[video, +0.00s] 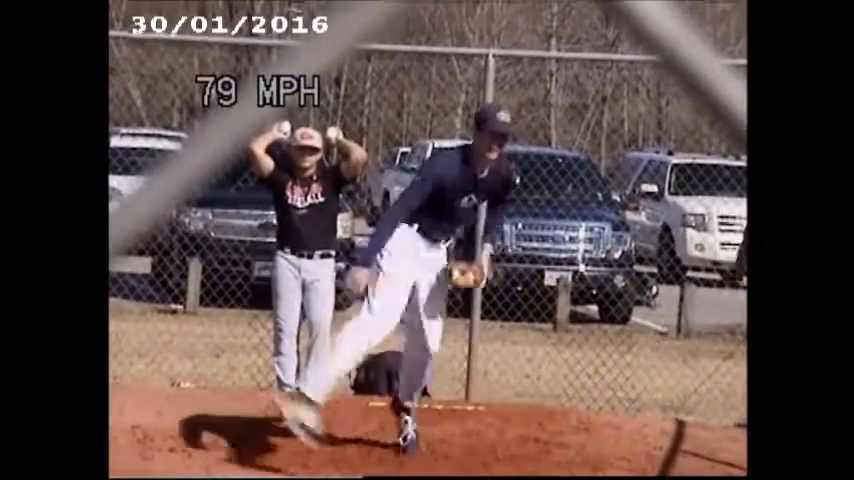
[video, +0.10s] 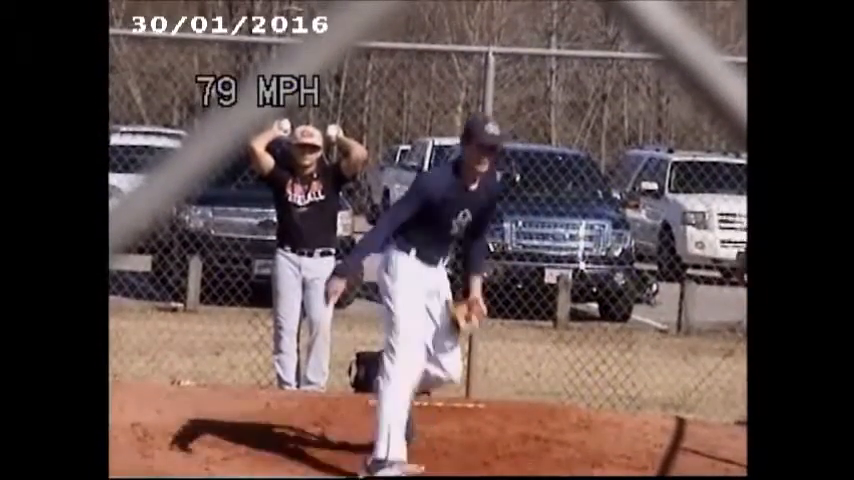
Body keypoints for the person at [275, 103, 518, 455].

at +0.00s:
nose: (497, 144)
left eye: (503, 139)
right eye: (492, 136)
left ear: (507, 141)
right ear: (477, 132)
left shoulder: (504, 175)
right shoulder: (445, 164)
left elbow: (495, 213)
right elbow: (398, 211)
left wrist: (484, 251)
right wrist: (365, 262)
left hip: (439, 249)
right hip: (404, 238)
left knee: (428, 339)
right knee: (380, 319)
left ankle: (406, 405)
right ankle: (309, 395)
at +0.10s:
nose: (486, 157)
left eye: (492, 151)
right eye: (480, 149)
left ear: (497, 154)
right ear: (464, 146)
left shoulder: (491, 187)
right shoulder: (433, 183)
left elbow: (477, 237)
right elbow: (386, 225)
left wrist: (475, 290)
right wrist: (345, 271)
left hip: (438, 269)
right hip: (404, 262)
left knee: (446, 369)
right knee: (404, 358)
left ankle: (379, 372)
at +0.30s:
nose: (478, 135)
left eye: (484, 128)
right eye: (473, 127)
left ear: (489, 131)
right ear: (456, 124)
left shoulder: (482, 166)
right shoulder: (434, 163)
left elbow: (468, 220)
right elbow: (398, 218)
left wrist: (473, 270)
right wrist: (395, 280)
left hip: (445, 265)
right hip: (414, 262)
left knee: (469, 362)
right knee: (429, 359)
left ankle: (401, 429)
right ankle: (388, 457)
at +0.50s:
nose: (490, 121)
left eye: (494, 115)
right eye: (483, 114)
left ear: (496, 120)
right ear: (464, 114)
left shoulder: (487, 159)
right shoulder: (440, 153)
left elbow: (478, 213)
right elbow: (414, 214)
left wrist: (487, 256)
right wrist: (452, 259)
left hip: (460, 260)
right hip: (425, 255)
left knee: (463, 364)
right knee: (423, 361)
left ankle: (453, 457)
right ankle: (401, 457)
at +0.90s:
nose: (500, 110)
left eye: (499, 103)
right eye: (500, 104)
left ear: (462, 106)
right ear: (493, 107)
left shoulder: (444, 144)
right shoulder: (478, 149)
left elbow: (417, 205)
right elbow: (471, 211)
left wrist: (431, 246)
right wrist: (477, 273)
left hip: (425, 250)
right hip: (449, 255)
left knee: (454, 357)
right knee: (435, 362)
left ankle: (447, 453)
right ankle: (405, 458)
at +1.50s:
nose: (478, 113)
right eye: (478, 108)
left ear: (442, 112)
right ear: (475, 111)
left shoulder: (426, 151)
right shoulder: (494, 148)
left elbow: (400, 213)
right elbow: (519, 204)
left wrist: (423, 228)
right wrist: (533, 258)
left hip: (437, 251)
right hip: (477, 255)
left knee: (442, 352)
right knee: (486, 353)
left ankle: (440, 454)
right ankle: (456, 423)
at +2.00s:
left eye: (491, 95)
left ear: (488, 100)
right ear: (521, 103)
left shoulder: (465, 137)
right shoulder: (531, 151)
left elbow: (428, 173)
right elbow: (537, 209)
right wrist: (541, 263)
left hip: (467, 244)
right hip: (508, 249)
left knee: (461, 336)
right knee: (500, 337)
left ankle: (447, 412)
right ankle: (497, 415)